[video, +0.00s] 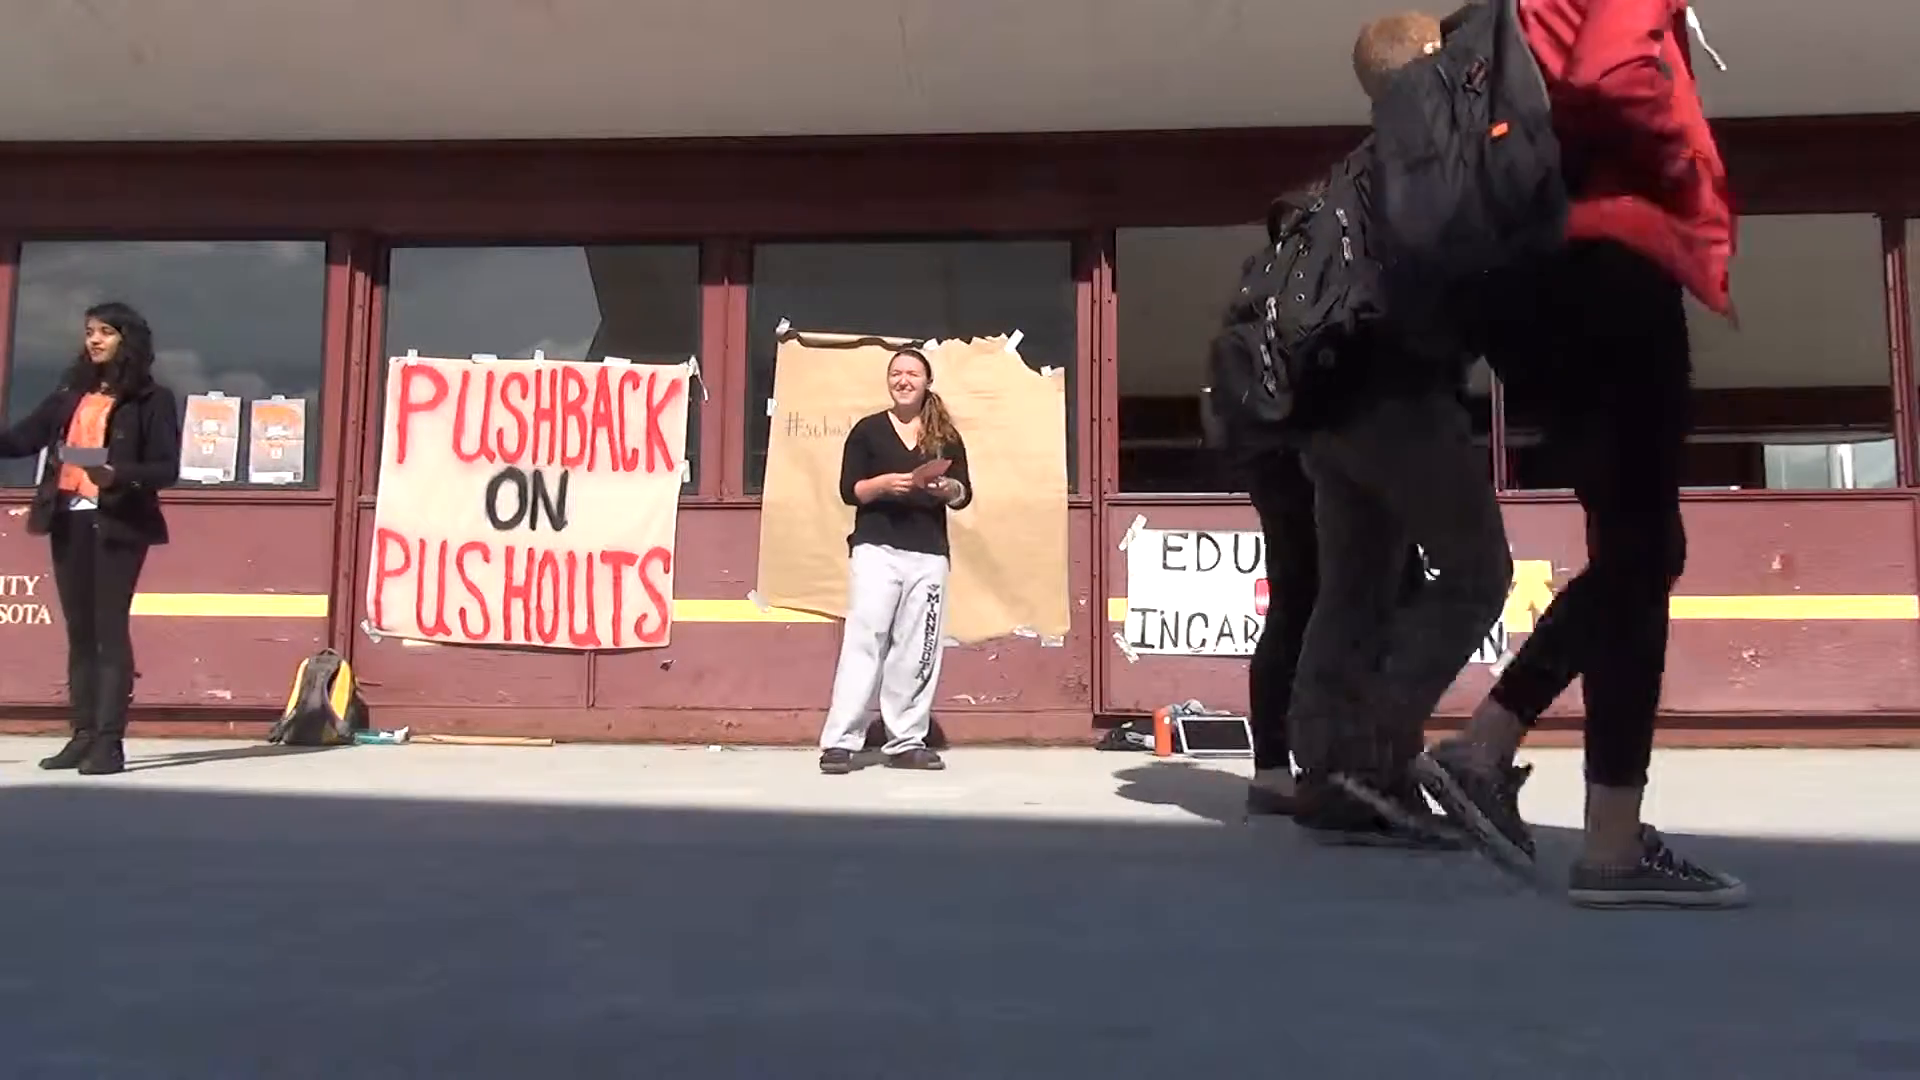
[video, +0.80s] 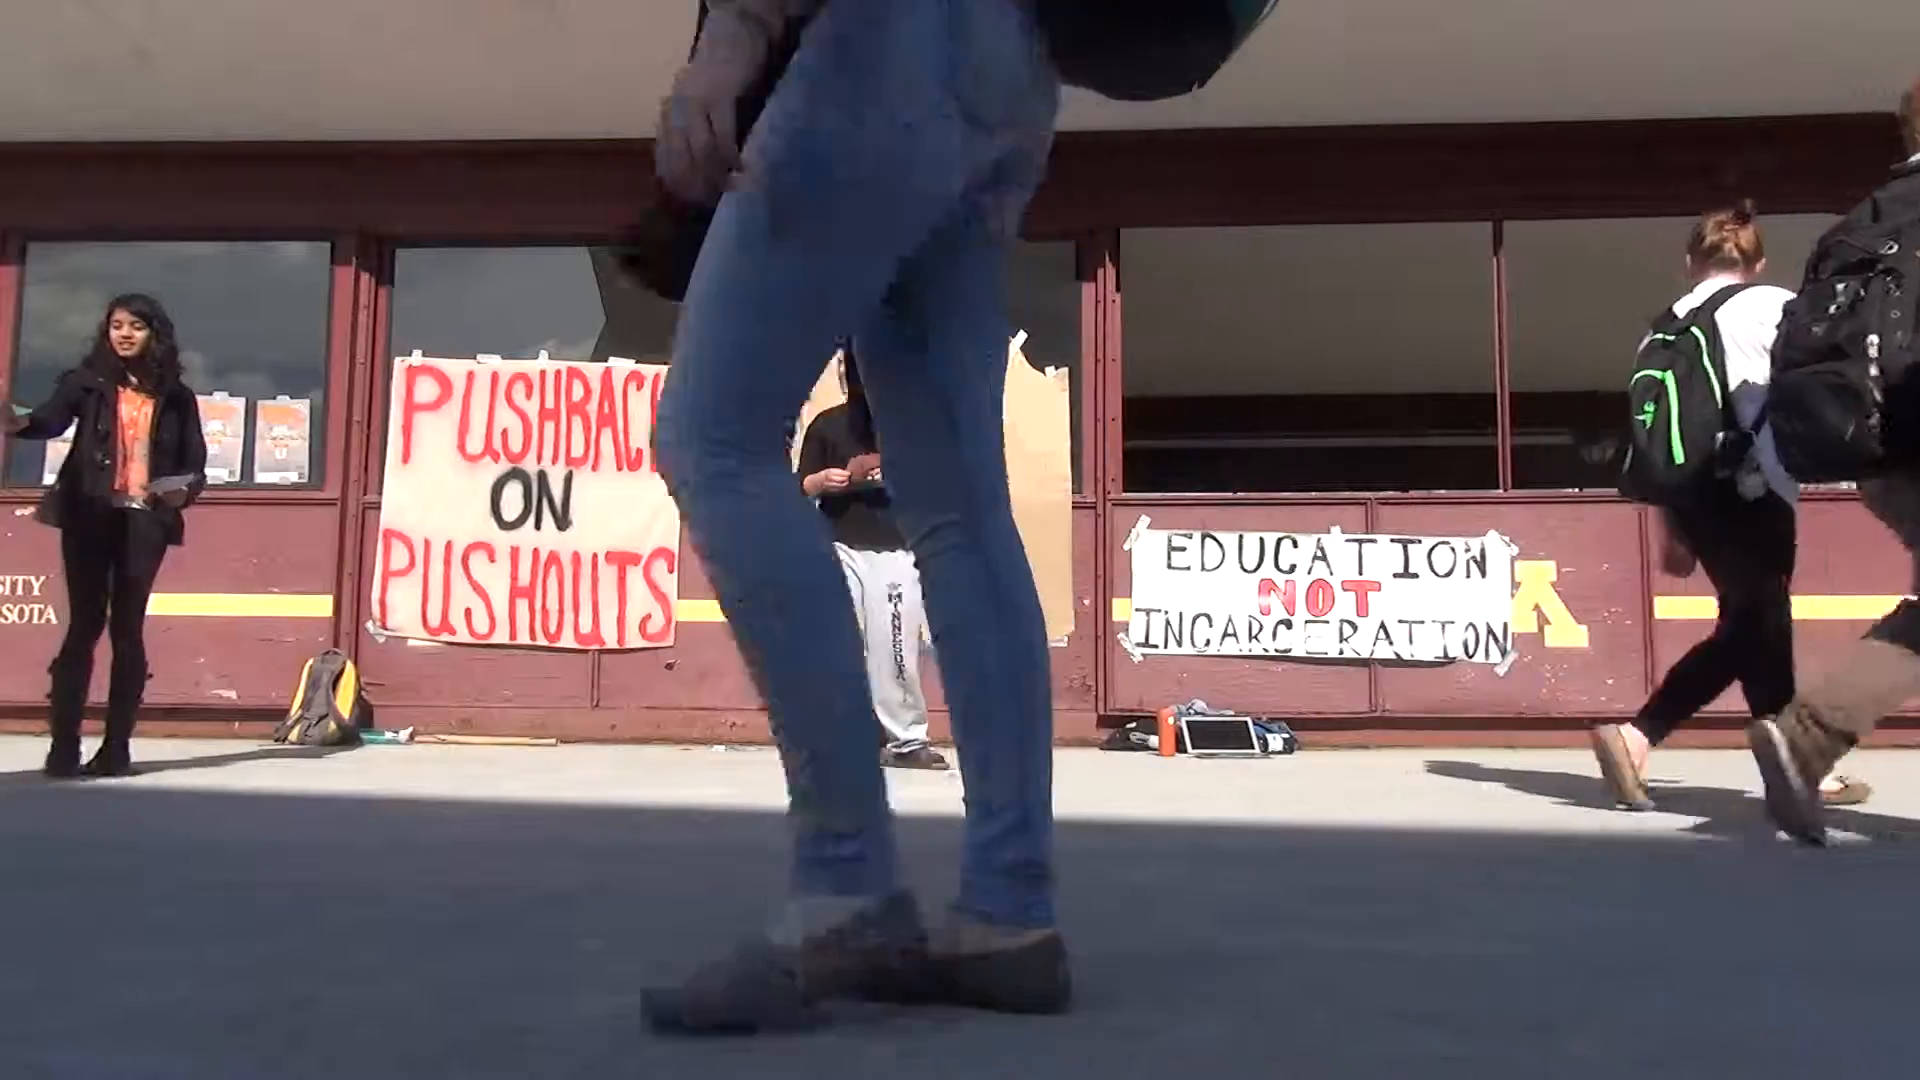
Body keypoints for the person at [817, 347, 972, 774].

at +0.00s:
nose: (903, 380)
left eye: (912, 374)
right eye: (897, 374)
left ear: (928, 382)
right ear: (888, 381)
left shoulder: (946, 435)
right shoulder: (866, 430)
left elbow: (963, 494)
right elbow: (850, 492)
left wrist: (948, 490)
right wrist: (892, 481)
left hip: (928, 553)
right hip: (876, 549)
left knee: (918, 647)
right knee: (865, 641)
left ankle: (906, 742)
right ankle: (840, 744)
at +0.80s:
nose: (851, 376)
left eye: (858, 366)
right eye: (847, 366)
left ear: (882, 372)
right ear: (841, 372)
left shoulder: (907, 419)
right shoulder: (827, 425)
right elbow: (802, 486)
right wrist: (825, 479)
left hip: (895, 546)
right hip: (840, 545)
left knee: (896, 642)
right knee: (838, 641)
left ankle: (906, 737)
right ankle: (844, 743)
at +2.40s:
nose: (881, 374)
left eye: (890, 367)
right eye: (879, 367)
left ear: (916, 374)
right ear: (878, 375)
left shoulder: (948, 430)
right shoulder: (864, 430)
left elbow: (965, 490)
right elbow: (845, 493)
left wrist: (931, 482)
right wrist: (874, 490)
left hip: (929, 550)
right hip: (874, 548)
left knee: (917, 647)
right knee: (865, 644)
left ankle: (908, 742)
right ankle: (849, 744)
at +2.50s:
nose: (886, 375)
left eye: (895, 369)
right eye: (883, 368)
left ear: (920, 376)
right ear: (881, 376)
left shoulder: (950, 431)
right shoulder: (866, 431)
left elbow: (968, 490)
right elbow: (848, 493)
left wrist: (934, 483)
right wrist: (877, 490)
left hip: (930, 551)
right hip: (876, 548)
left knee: (919, 646)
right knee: (866, 643)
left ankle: (908, 741)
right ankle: (849, 743)